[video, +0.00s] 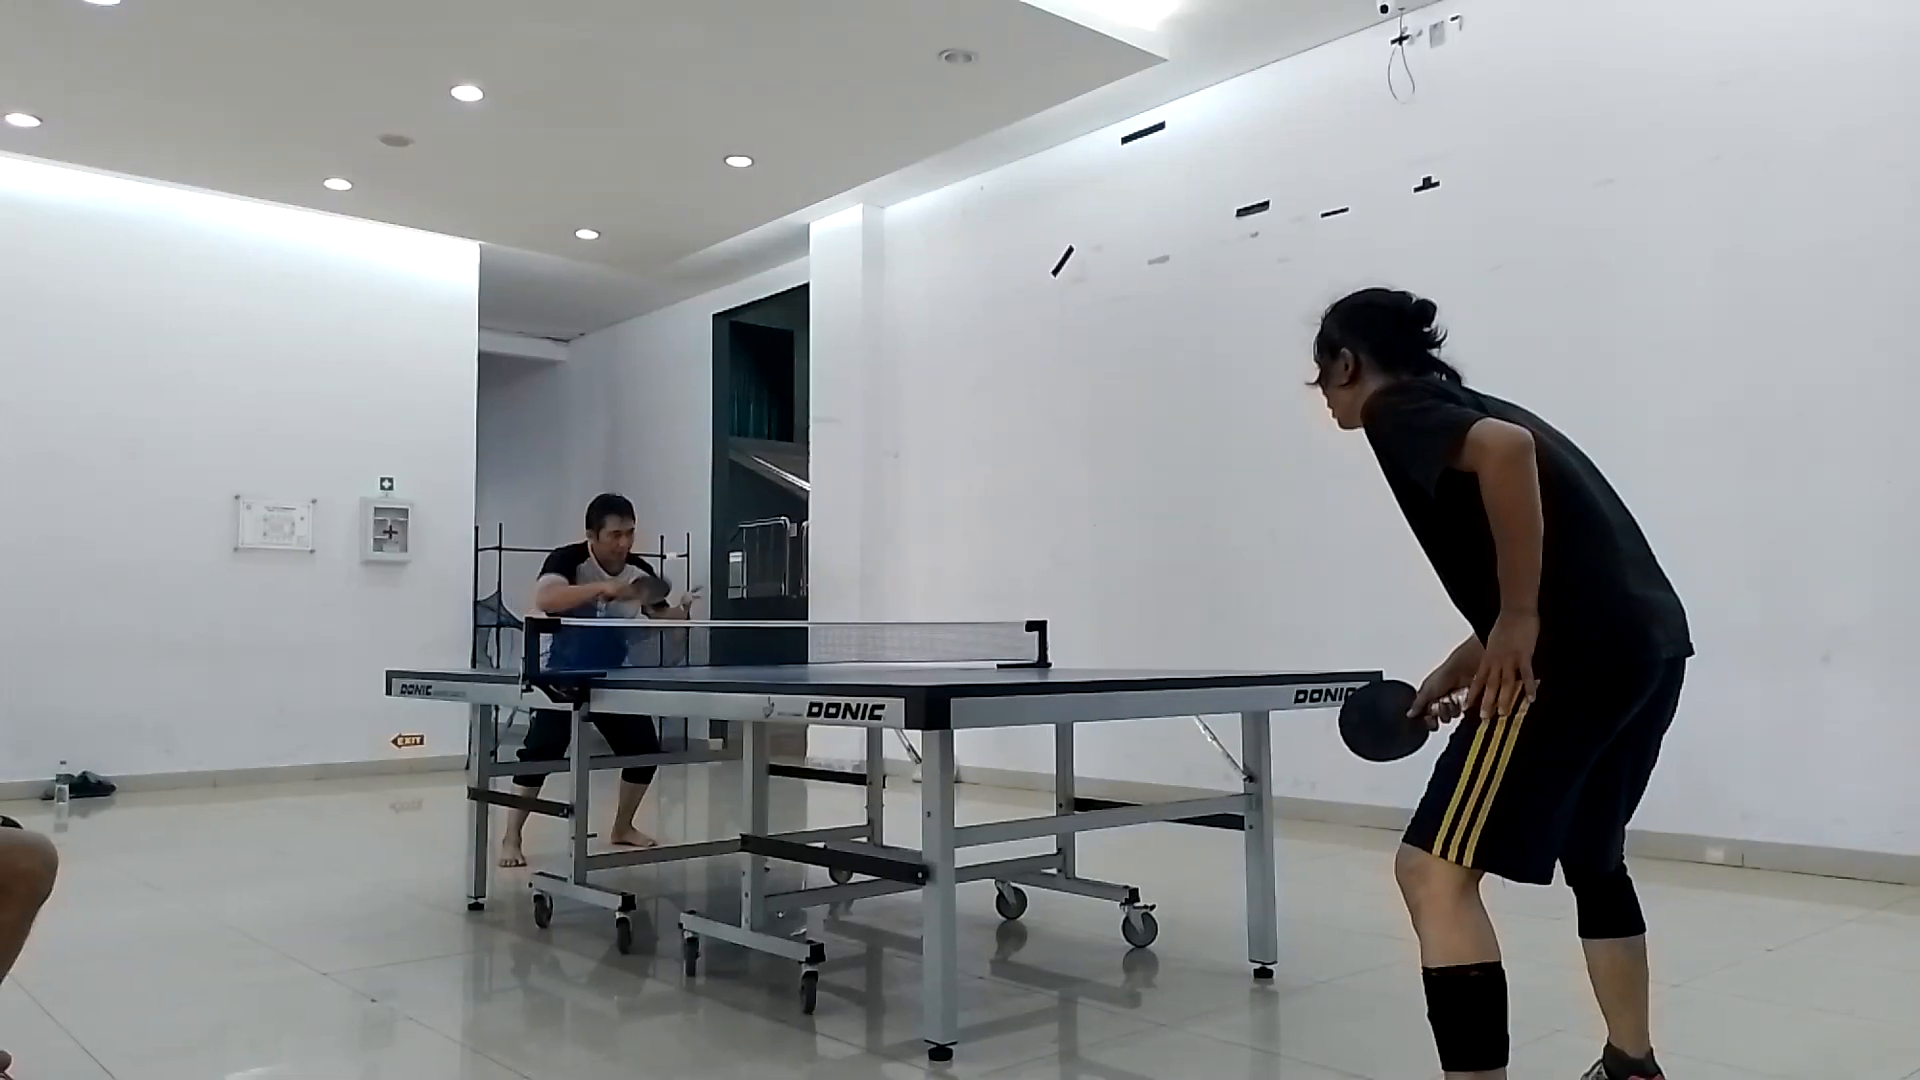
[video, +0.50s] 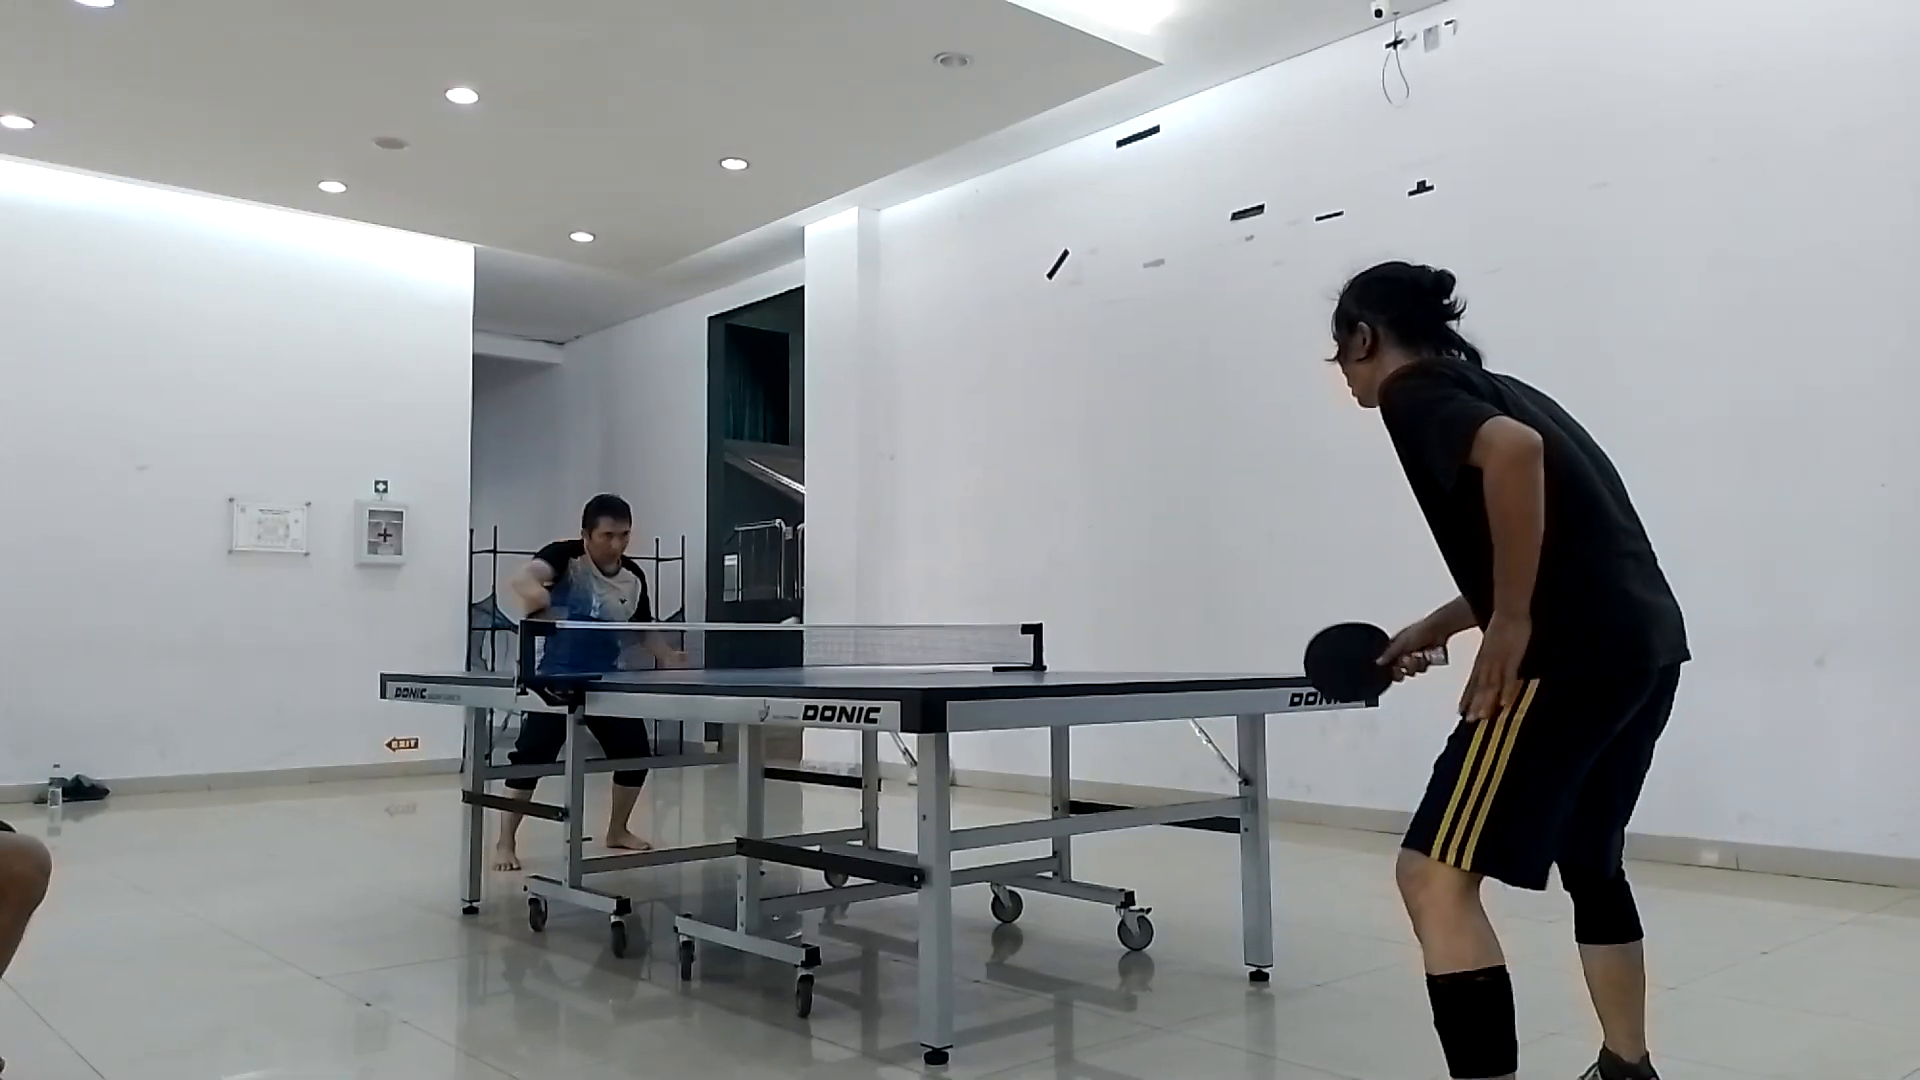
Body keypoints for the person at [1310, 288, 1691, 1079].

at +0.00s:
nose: (1322, 393)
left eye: (1324, 373)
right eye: (1319, 376)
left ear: (1354, 361)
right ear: (1413, 357)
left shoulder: (1395, 410)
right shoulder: (1481, 411)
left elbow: (1506, 445)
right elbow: (1546, 571)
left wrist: (1517, 618)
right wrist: (1455, 671)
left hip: (1568, 649)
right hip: (1651, 645)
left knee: (1433, 871)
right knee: (1593, 850)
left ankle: (1475, 1071)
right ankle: (1633, 1061)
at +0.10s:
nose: (1329, 380)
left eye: (1331, 360)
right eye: (1325, 363)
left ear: (1362, 346)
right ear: (1417, 343)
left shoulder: (1402, 396)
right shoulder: (1485, 398)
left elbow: (1511, 438)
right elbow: (1551, 559)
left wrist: (1517, 609)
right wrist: (1452, 663)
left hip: (1564, 643)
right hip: (1646, 639)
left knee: (1444, 864)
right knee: (1592, 851)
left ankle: (1477, 1071)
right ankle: (1631, 1060)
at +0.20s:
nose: (1338, 366)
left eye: (1340, 347)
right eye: (1335, 350)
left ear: (1370, 334)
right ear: (1428, 332)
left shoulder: (1416, 387)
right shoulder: (1489, 389)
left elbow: (1526, 426)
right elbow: (1547, 555)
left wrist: (1529, 598)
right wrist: (1452, 652)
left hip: (1577, 633)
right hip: (1650, 632)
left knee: (1459, 853)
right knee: (1599, 851)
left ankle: (1477, 1070)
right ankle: (1633, 1064)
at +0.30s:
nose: (1343, 368)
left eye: (1344, 347)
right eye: (1340, 350)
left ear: (1374, 331)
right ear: (1428, 328)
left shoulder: (1422, 381)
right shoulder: (1485, 385)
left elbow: (1535, 422)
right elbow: (1553, 554)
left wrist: (1534, 593)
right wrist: (1455, 639)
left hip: (1582, 630)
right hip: (1651, 630)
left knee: (1458, 849)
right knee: (1600, 857)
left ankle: (1485, 1070)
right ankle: (1630, 1065)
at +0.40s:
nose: (1348, 375)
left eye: (1347, 352)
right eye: (1343, 357)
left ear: (1376, 333)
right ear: (1431, 331)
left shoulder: (1422, 387)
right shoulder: (1496, 388)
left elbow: (1529, 433)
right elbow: (1548, 555)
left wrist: (1526, 606)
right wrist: (1447, 636)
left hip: (1573, 642)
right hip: (1646, 638)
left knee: (1451, 865)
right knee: (1597, 861)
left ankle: (1488, 1072)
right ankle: (1628, 1065)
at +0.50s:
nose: (1344, 378)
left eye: (1343, 356)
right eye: (1340, 360)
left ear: (1370, 337)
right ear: (1431, 334)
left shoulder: (1415, 391)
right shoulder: (1502, 391)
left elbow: (1512, 446)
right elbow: (1553, 557)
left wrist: (1510, 626)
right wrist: (1436, 628)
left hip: (1567, 649)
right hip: (1646, 644)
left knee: (1432, 873)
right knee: (1591, 859)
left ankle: (1484, 1072)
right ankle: (1628, 1064)